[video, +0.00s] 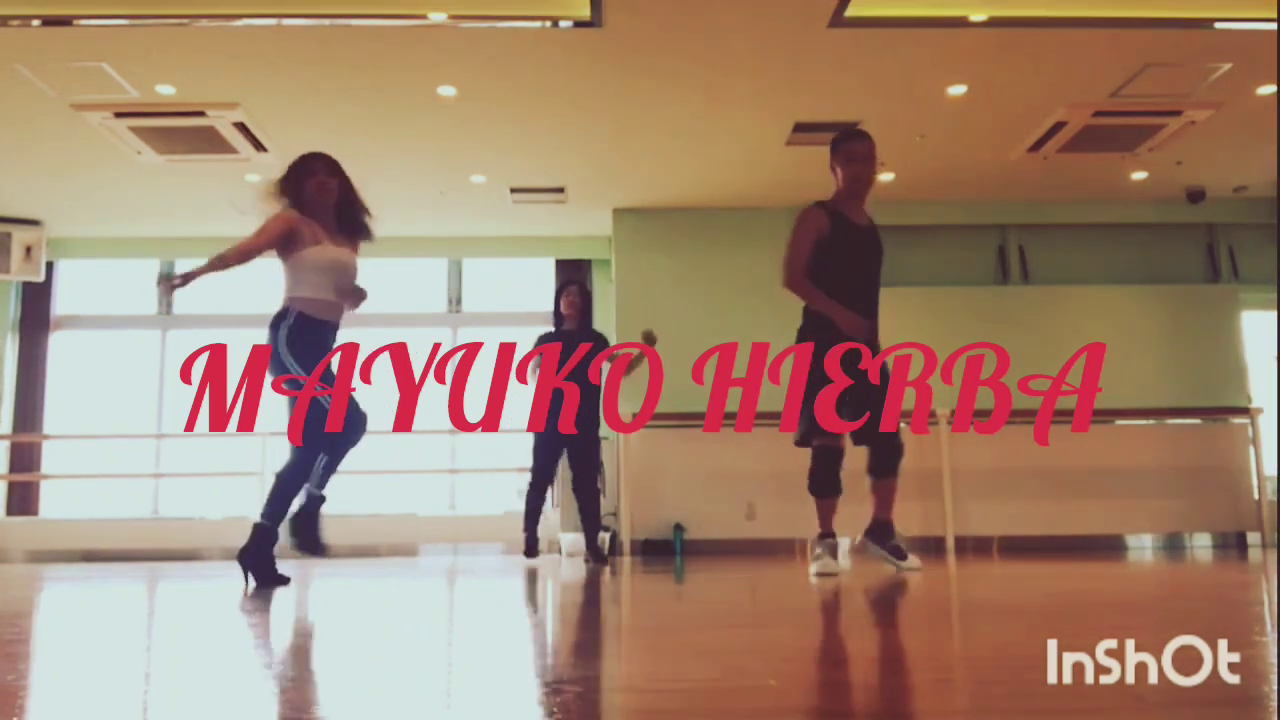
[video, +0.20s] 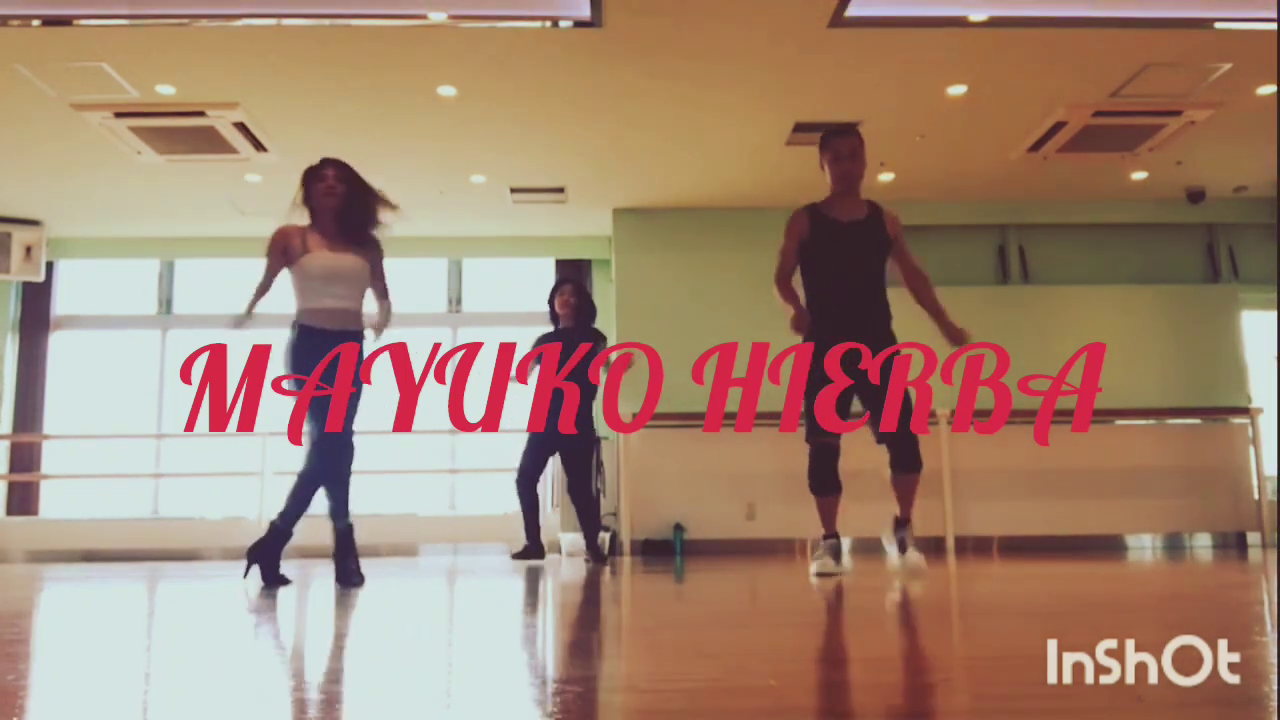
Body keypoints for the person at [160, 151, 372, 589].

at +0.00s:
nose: (323, 184)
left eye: (329, 177)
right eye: (313, 179)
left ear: (342, 186)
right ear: (297, 189)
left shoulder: (346, 233)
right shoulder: (292, 222)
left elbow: (332, 281)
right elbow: (246, 250)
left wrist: (352, 295)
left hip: (320, 342)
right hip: (293, 336)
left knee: (309, 448)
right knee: (349, 421)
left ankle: (260, 543)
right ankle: (308, 512)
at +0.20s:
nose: (331, 185)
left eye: (338, 180)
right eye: (322, 180)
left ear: (350, 193)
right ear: (307, 192)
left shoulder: (366, 244)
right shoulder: (291, 237)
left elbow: (381, 292)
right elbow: (267, 281)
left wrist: (383, 318)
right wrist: (248, 311)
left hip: (350, 347)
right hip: (309, 345)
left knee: (328, 450)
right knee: (337, 448)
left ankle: (272, 541)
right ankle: (345, 543)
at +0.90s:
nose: (333, 203)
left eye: (341, 195)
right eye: (326, 196)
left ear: (358, 203)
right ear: (316, 202)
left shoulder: (370, 241)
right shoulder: (307, 238)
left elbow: (376, 178)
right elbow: (306, 171)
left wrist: (374, 121)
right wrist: (312, 106)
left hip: (376, 354)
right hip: (328, 361)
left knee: (410, 455)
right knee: (288, 459)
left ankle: (445, 540)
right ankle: (238, 544)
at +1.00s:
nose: (332, 205)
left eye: (340, 198)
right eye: (325, 198)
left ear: (355, 205)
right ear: (314, 204)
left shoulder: (367, 242)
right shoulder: (303, 238)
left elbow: (375, 184)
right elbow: (307, 174)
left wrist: (362, 126)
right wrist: (323, 111)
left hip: (375, 353)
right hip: (327, 359)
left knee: (409, 455)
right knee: (285, 460)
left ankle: (443, 541)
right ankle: (235, 546)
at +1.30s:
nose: (340, 205)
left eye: (349, 199)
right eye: (332, 198)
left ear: (362, 210)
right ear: (318, 207)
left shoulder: (371, 250)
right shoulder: (306, 244)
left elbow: (389, 188)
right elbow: (308, 176)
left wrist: (361, 155)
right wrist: (344, 142)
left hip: (378, 354)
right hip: (330, 362)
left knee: (413, 452)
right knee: (287, 459)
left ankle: (443, 540)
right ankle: (237, 544)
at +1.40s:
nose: (338, 209)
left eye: (347, 203)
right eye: (332, 201)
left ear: (362, 212)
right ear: (320, 208)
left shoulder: (372, 251)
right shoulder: (306, 245)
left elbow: (395, 190)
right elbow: (305, 175)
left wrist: (369, 165)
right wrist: (345, 151)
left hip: (379, 356)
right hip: (330, 365)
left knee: (414, 453)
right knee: (289, 460)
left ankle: (444, 540)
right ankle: (237, 544)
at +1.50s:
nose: (338, 211)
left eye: (347, 204)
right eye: (331, 204)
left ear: (362, 212)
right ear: (320, 210)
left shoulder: (374, 252)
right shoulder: (307, 248)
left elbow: (399, 192)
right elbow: (302, 178)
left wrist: (369, 173)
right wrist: (343, 159)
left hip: (379, 355)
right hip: (330, 365)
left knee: (414, 452)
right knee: (290, 460)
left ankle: (444, 540)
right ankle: (237, 544)